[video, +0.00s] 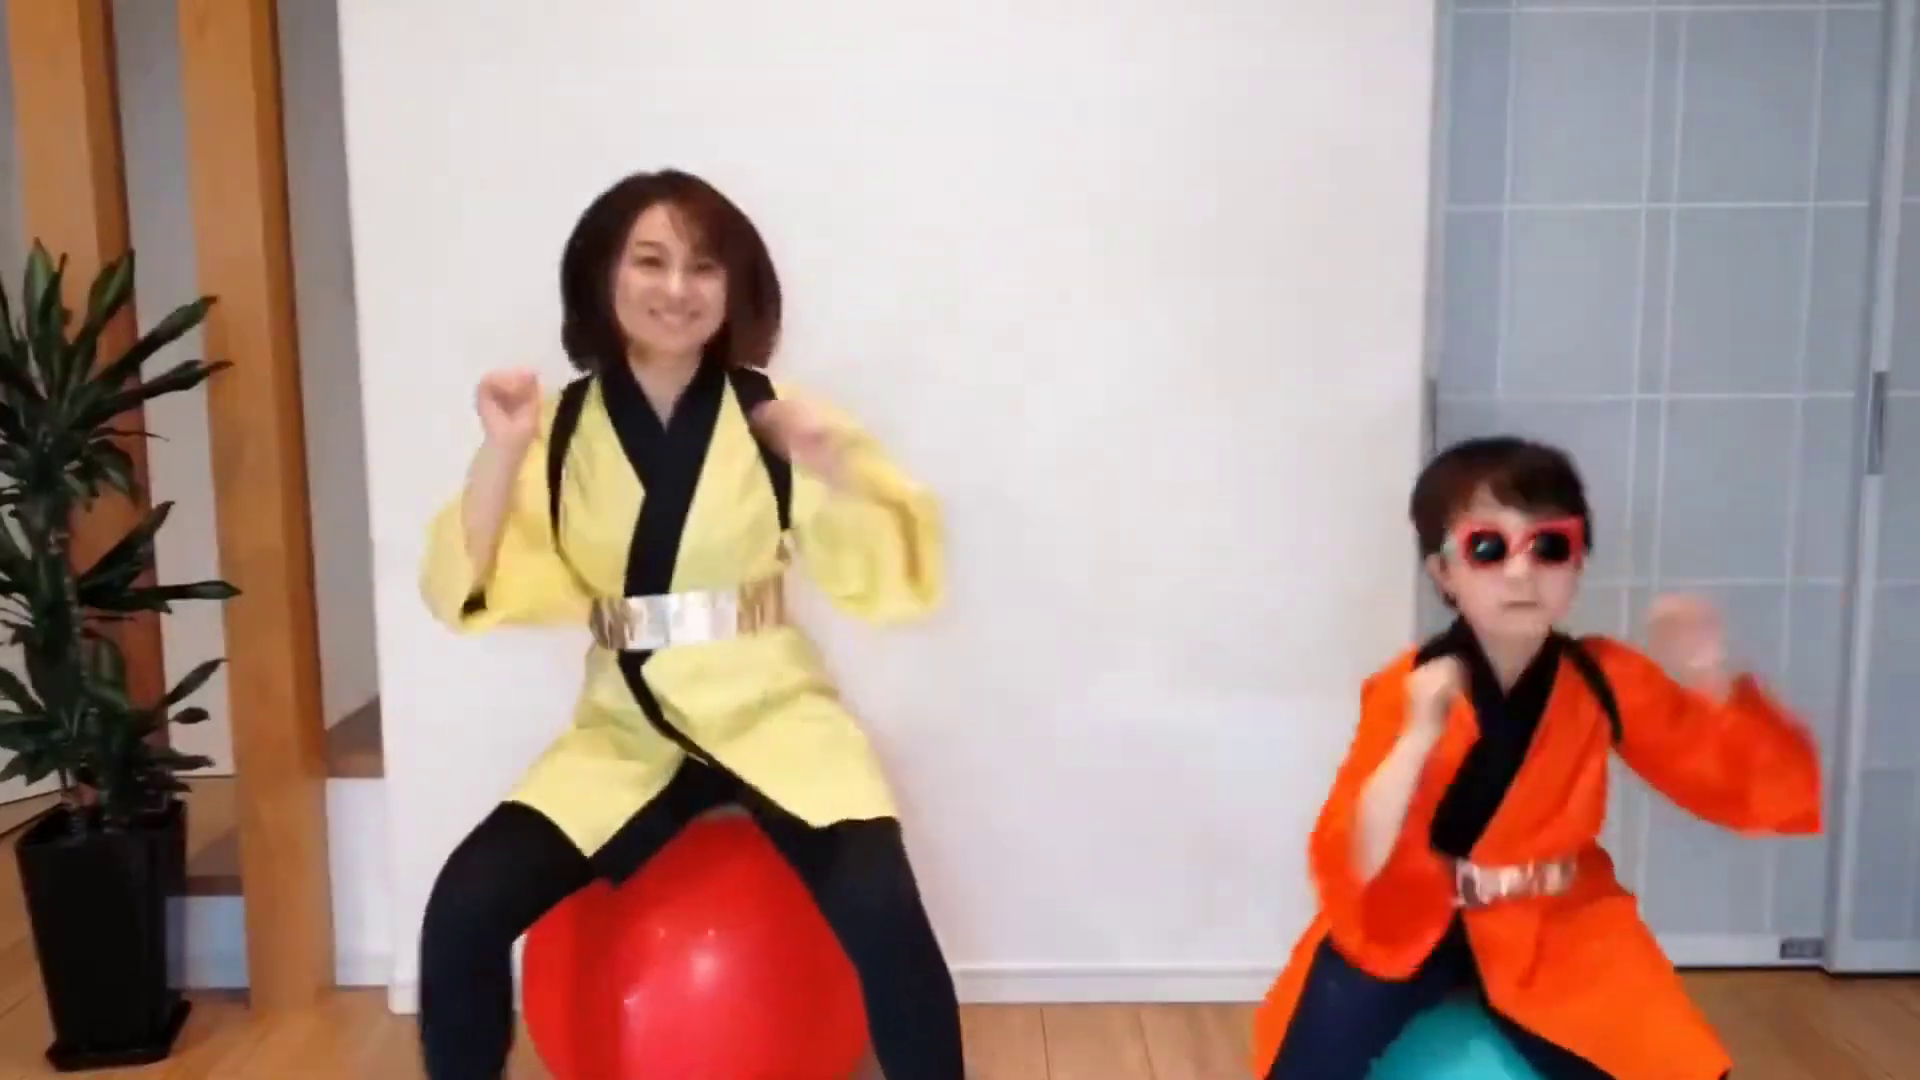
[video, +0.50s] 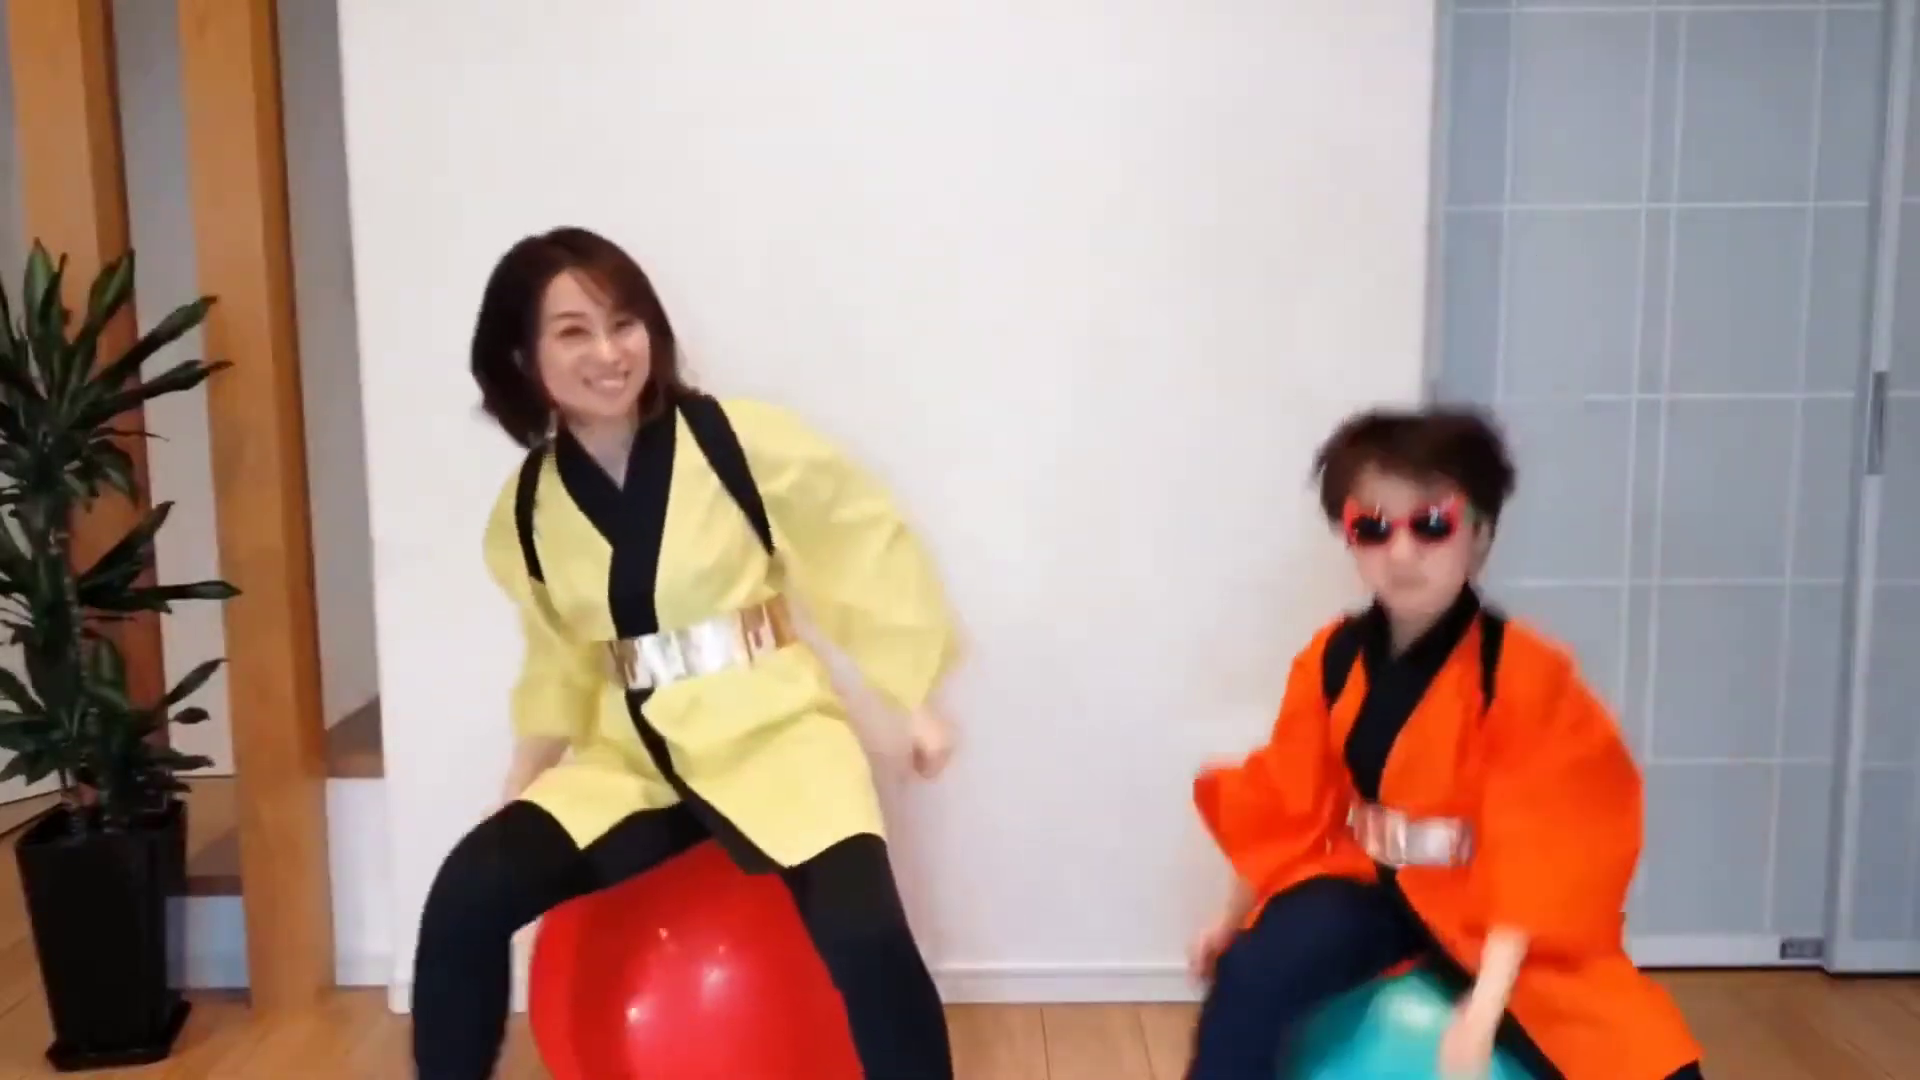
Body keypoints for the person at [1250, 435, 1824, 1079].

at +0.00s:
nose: (1521, 568)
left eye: (1549, 545)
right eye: (1488, 547)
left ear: (1580, 564)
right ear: (1443, 574)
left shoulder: (1604, 679)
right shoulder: (1409, 689)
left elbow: (1767, 791)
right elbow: (1348, 869)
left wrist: (1718, 687)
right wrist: (1416, 742)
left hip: (1551, 923)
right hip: (1412, 918)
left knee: (1661, 1062)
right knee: (1312, 1051)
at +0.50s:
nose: (1401, 552)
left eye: (1432, 523)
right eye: (1372, 527)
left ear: (1483, 536)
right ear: (1347, 542)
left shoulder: (1528, 677)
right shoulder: (1333, 661)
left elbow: (1540, 851)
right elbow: (1287, 805)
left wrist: (1481, 1018)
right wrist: (1232, 918)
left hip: (1498, 909)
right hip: (1375, 892)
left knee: (1652, 1058)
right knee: (1251, 970)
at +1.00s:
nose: (1353, 436)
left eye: (1382, 415)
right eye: (1325, 412)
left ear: (1425, 434)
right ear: (1294, 430)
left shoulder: (1450, 554)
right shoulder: (1273, 560)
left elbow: (1498, 681)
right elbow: (1162, 657)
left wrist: (1431, 548)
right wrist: (1118, 570)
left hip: (1445, 827)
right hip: (1321, 820)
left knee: (1543, 1036)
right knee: (1209, 984)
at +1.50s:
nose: (1483, 459)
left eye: (1515, 439)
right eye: (1459, 426)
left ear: (1537, 446)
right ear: (1397, 423)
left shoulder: (1536, 561)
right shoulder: (1336, 539)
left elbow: (1581, 714)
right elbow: (1223, 661)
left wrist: (1635, 842)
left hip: (1490, 805)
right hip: (1351, 800)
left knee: (1646, 983)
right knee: (1240, 954)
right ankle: (1207, 1067)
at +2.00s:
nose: (1560, 399)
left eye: (1587, 377)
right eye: (1529, 373)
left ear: (1609, 391)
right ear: (1467, 389)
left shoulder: (1591, 517)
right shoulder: (1421, 504)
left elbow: (1698, 589)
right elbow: (1423, 618)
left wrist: (1828, 555)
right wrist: (1563, 558)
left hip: (1537, 780)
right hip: (1408, 774)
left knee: (1643, 1006)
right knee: (1306, 965)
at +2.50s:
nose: (1452, 436)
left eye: (1486, 412)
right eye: (1423, 408)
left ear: (1519, 425)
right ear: (1382, 415)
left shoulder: (1547, 543)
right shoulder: (1338, 534)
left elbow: (1632, 677)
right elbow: (1281, 659)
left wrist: (1614, 740)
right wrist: (1256, 779)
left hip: (1515, 811)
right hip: (1372, 809)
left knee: (1616, 957)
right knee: (1289, 944)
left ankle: (1652, 1065)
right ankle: (1283, 1067)